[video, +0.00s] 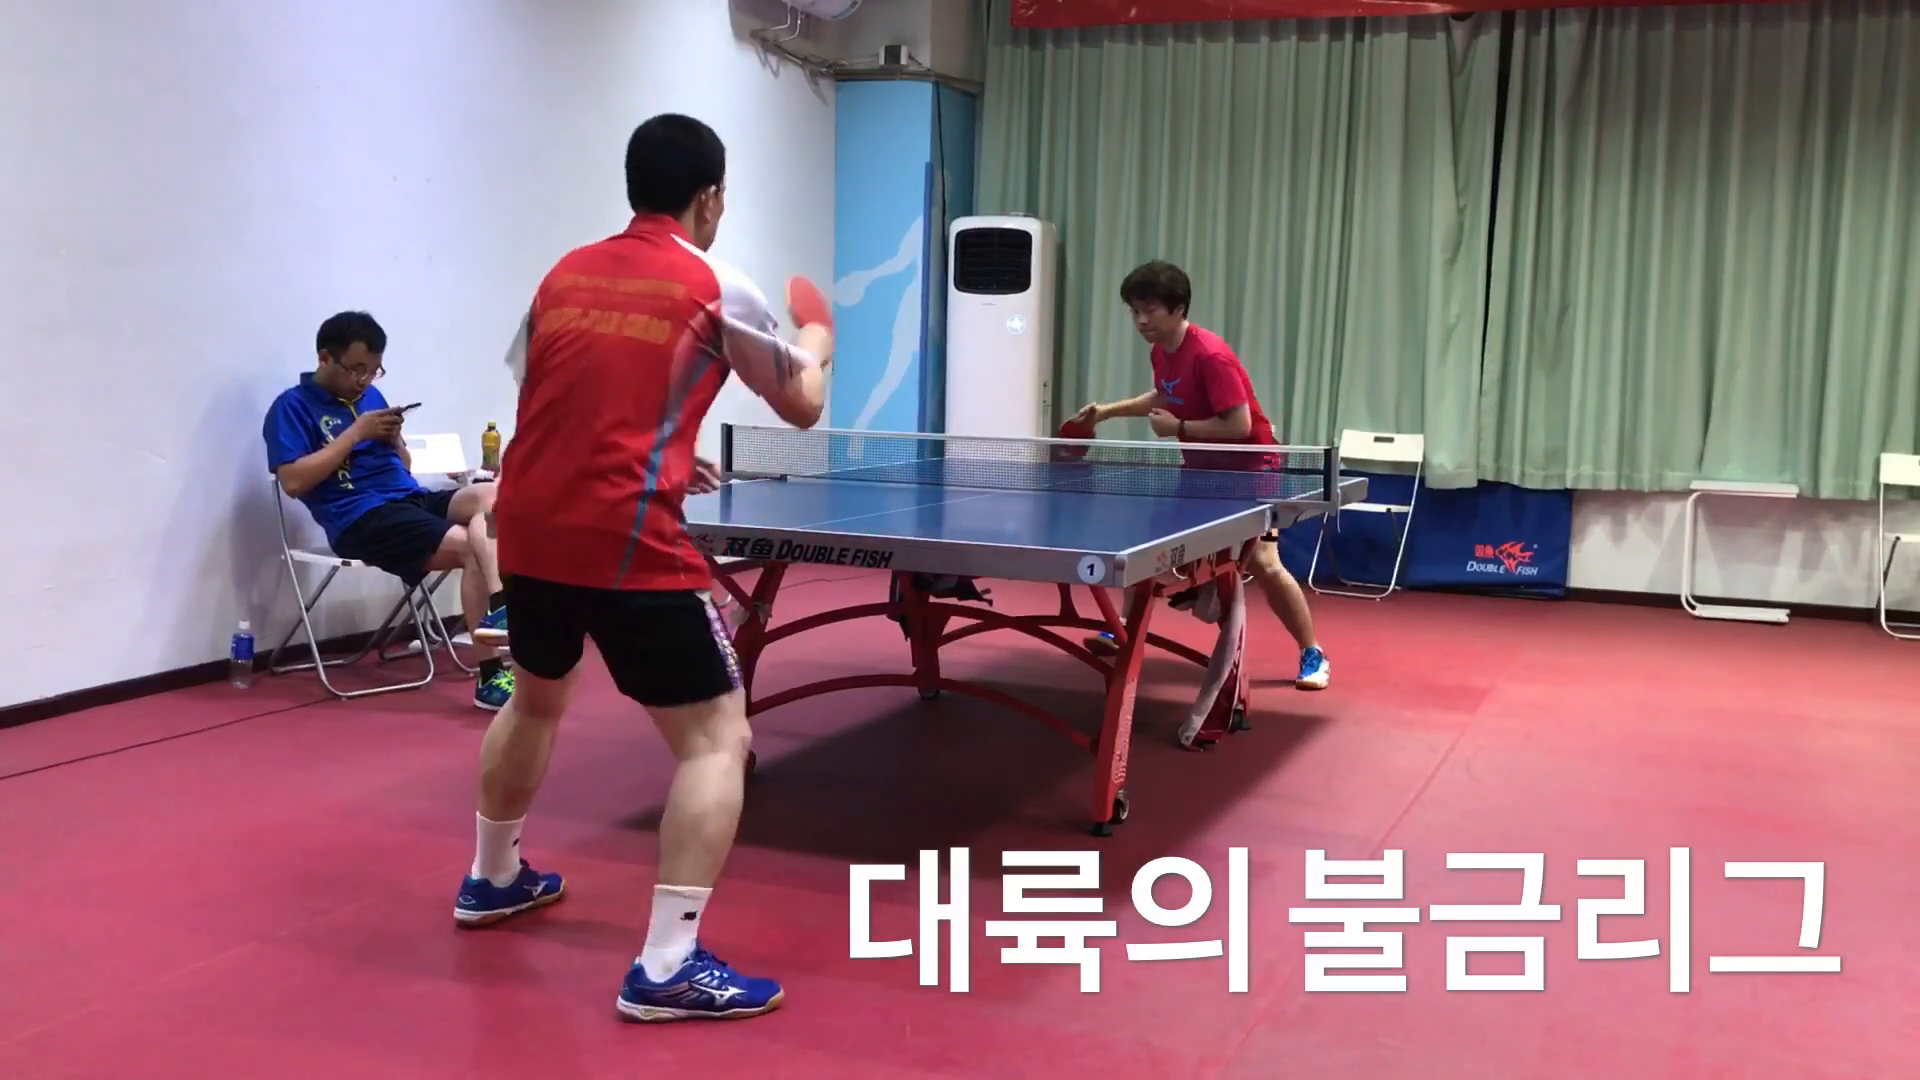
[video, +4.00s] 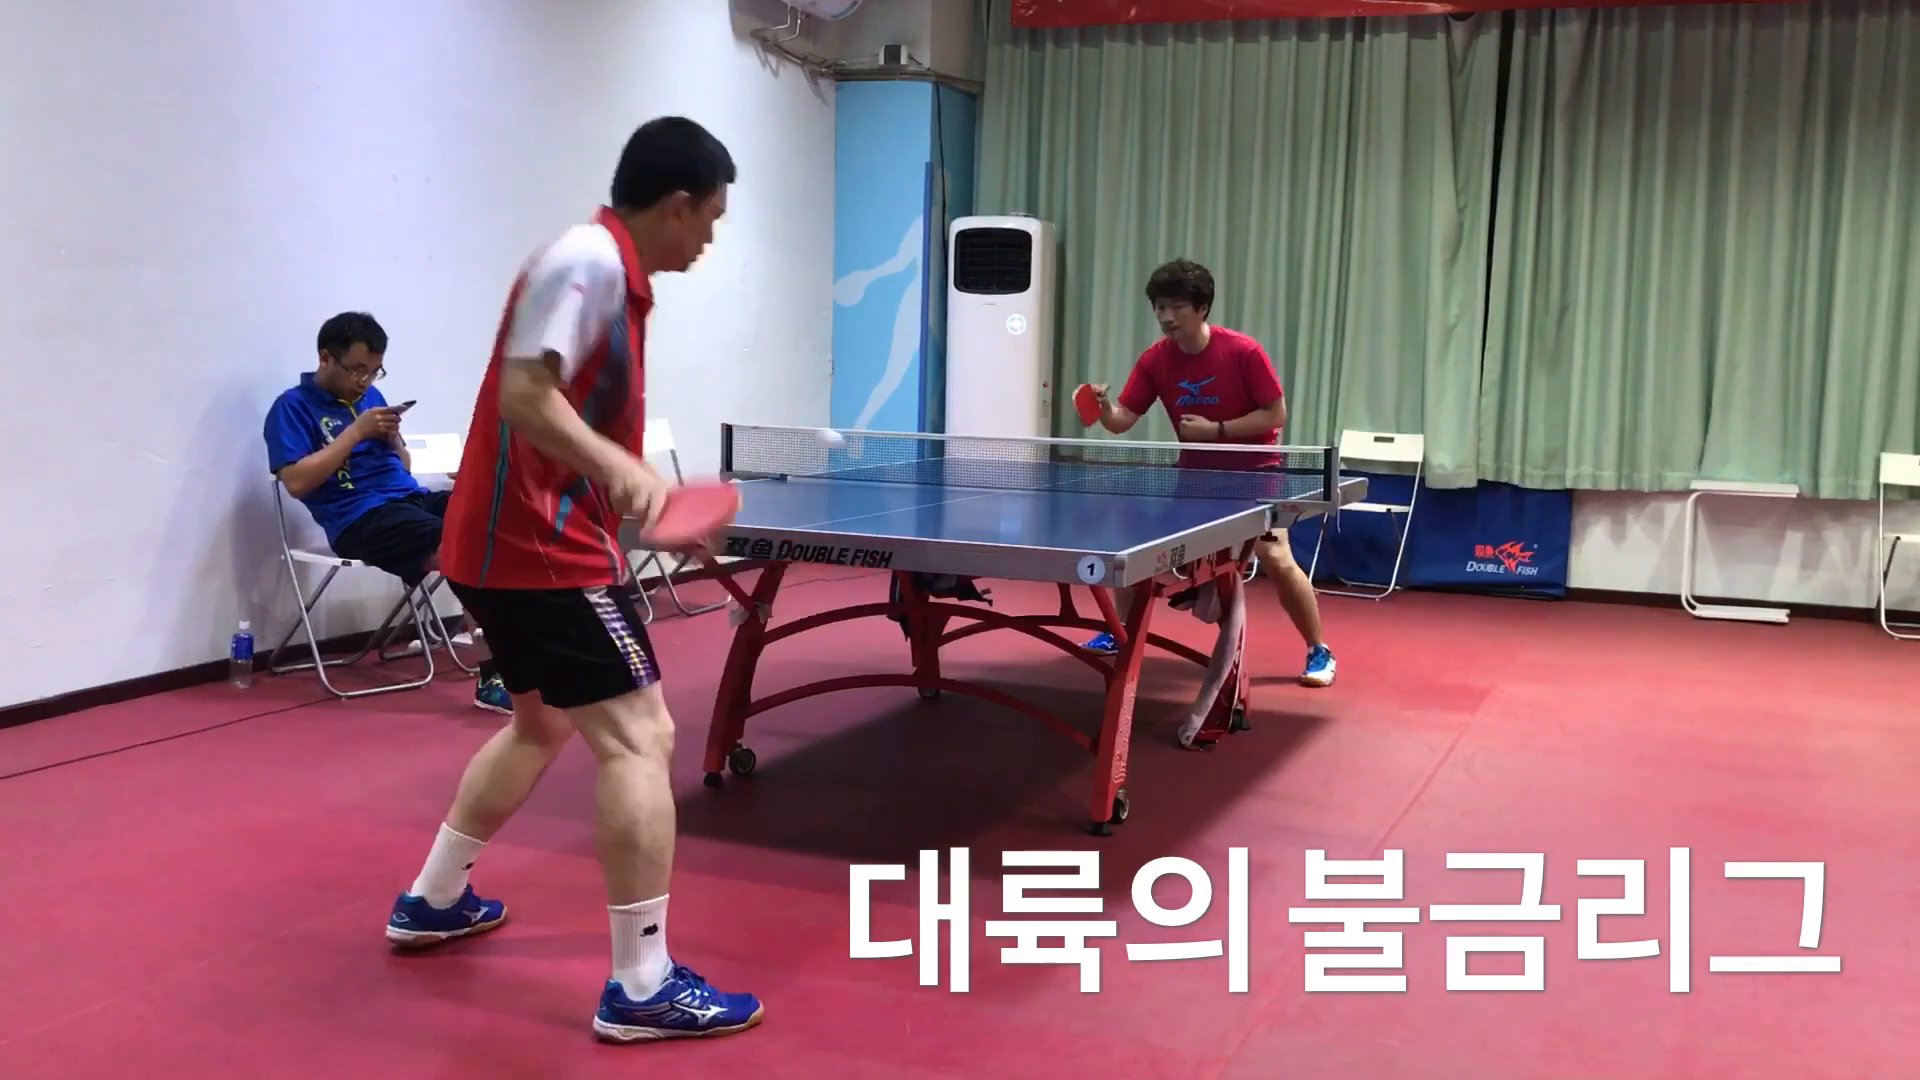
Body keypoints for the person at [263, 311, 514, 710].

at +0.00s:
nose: (366, 381)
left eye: (373, 371)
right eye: (357, 370)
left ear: (378, 365)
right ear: (324, 358)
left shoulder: (370, 397)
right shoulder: (291, 407)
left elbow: (404, 467)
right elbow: (293, 482)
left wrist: (394, 437)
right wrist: (356, 433)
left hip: (410, 500)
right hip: (363, 520)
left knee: (490, 495)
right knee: (476, 546)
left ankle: (499, 603)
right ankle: (491, 674)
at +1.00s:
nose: (366, 383)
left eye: (373, 373)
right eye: (358, 371)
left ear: (379, 368)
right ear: (326, 359)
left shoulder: (369, 397)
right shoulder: (291, 408)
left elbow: (403, 468)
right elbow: (293, 483)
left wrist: (393, 436)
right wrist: (355, 435)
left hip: (409, 499)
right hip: (364, 518)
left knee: (490, 502)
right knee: (474, 546)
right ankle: (490, 675)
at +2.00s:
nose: (364, 381)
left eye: (372, 371)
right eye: (356, 370)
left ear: (379, 365)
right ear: (325, 359)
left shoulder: (370, 397)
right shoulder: (292, 407)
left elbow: (404, 466)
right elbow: (295, 482)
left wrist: (392, 435)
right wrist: (356, 432)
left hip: (412, 501)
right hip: (364, 520)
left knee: (502, 517)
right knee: (480, 546)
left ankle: (527, 668)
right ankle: (490, 675)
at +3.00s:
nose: (368, 382)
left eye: (375, 372)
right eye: (359, 371)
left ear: (381, 365)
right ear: (326, 358)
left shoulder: (370, 397)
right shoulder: (292, 407)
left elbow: (404, 468)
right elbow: (300, 482)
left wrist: (393, 438)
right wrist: (360, 432)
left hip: (410, 500)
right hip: (363, 520)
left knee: (490, 498)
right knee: (475, 547)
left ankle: (494, 607)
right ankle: (492, 676)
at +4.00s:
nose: (365, 382)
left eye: (373, 372)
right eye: (357, 371)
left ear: (379, 366)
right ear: (325, 359)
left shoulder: (370, 397)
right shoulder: (291, 408)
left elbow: (403, 469)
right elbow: (297, 483)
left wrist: (393, 436)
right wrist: (356, 432)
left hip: (411, 501)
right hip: (364, 520)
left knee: (499, 518)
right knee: (472, 551)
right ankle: (493, 673)